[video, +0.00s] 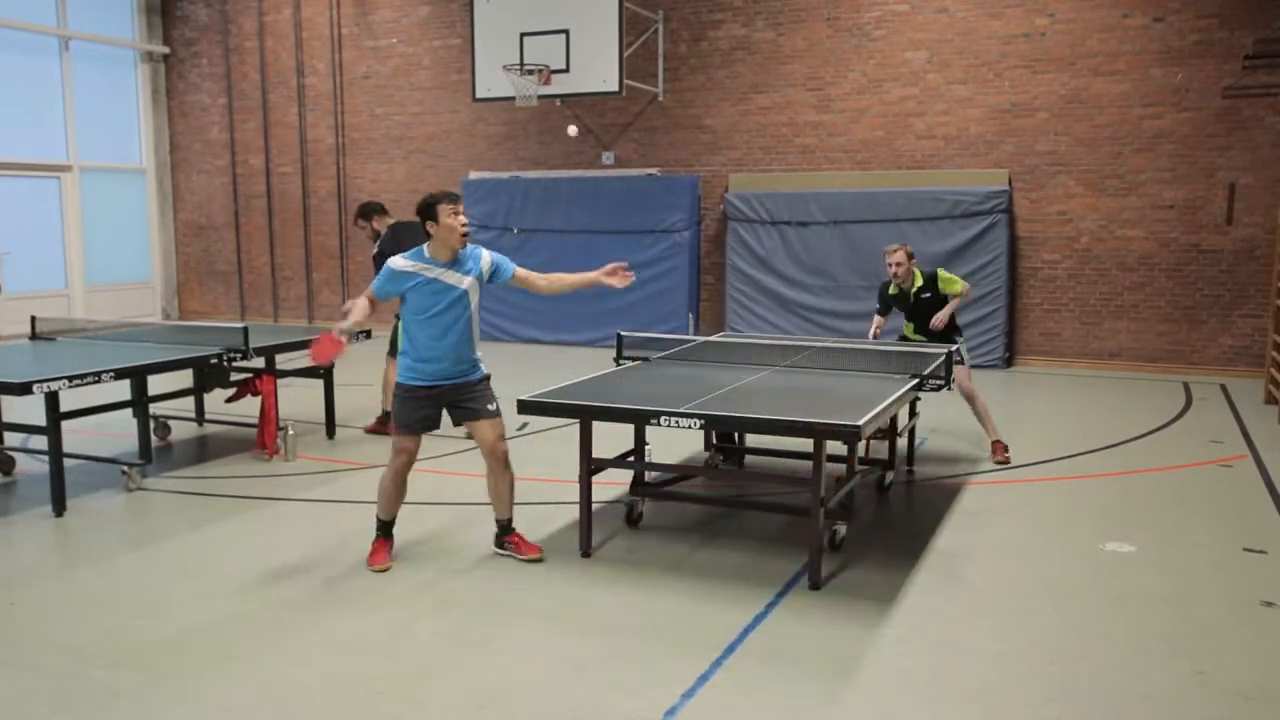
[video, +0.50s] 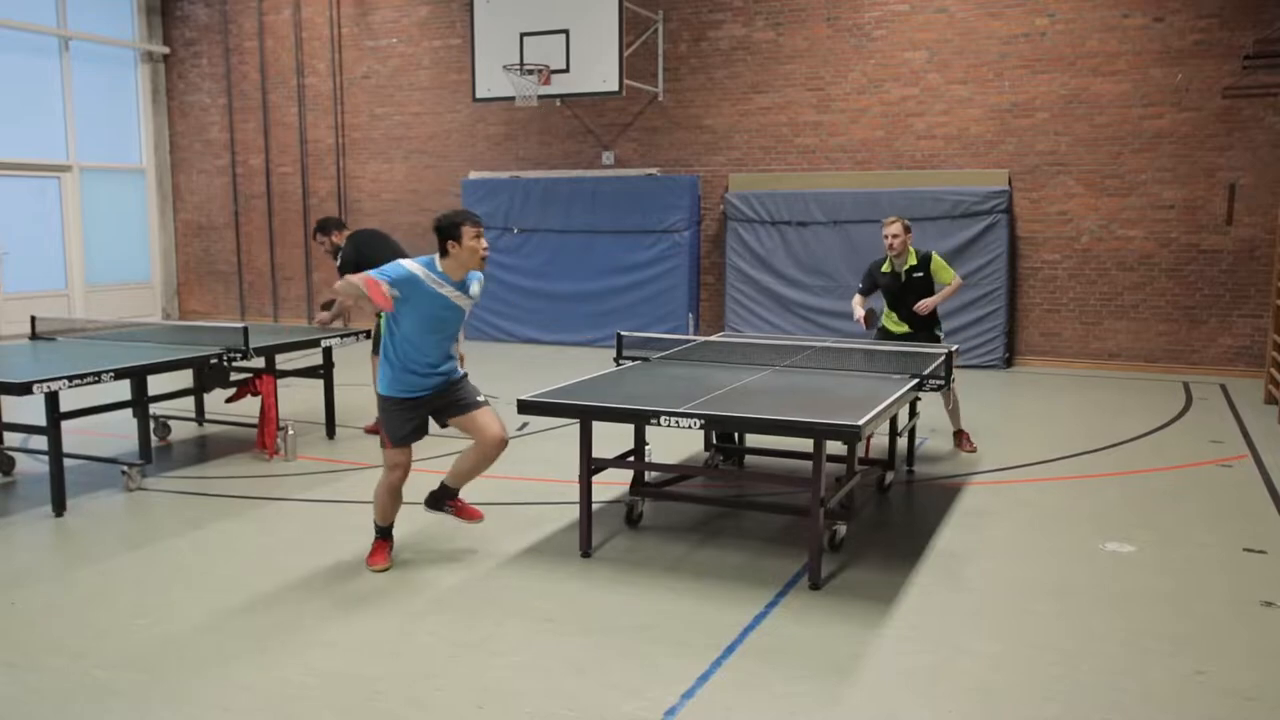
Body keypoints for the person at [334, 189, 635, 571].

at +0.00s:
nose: (464, 221)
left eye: (463, 215)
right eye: (454, 216)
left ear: (462, 220)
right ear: (431, 226)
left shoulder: (479, 260)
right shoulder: (401, 267)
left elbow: (540, 283)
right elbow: (368, 301)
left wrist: (596, 277)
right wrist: (357, 312)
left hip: (467, 378)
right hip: (415, 382)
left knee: (498, 450)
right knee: (402, 457)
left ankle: (506, 534)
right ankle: (383, 538)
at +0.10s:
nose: (453, 219)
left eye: (453, 213)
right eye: (443, 213)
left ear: (454, 220)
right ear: (420, 225)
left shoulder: (473, 261)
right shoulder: (394, 264)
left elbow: (526, 290)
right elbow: (357, 288)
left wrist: (580, 306)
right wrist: (326, 290)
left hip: (460, 379)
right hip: (409, 382)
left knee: (485, 454)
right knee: (398, 459)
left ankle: (487, 536)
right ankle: (382, 538)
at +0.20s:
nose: (449, 218)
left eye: (449, 212)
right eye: (438, 213)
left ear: (451, 221)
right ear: (416, 225)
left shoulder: (466, 262)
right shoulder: (390, 262)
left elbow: (505, 297)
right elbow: (347, 280)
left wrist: (549, 328)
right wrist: (325, 274)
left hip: (454, 380)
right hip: (403, 384)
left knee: (483, 451)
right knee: (396, 460)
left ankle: (489, 535)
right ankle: (382, 537)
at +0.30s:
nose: (451, 222)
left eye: (450, 216)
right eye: (441, 217)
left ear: (450, 223)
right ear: (417, 227)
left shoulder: (465, 264)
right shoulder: (387, 261)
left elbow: (485, 299)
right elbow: (341, 273)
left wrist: (509, 336)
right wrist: (335, 265)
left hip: (449, 377)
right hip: (399, 383)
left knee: (484, 447)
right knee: (392, 461)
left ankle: (489, 528)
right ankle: (381, 537)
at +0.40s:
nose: (464, 233)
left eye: (463, 225)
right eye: (454, 227)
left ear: (460, 231)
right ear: (429, 235)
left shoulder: (468, 273)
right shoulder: (390, 265)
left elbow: (468, 307)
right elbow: (340, 282)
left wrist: (475, 342)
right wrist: (336, 264)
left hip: (447, 377)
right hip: (398, 384)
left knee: (490, 441)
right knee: (393, 465)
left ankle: (469, 511)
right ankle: (382, 538)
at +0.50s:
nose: (485, 245)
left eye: (484, 238)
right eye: (477, 239)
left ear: (467, 246)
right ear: (451, 246)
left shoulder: (474, 281)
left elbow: (450, 321)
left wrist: (457, 350)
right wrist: (367, 294)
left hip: (446, 379)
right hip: (399, 388)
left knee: (494, 438)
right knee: (397, 471)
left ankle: (444, 495)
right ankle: (382, 538)